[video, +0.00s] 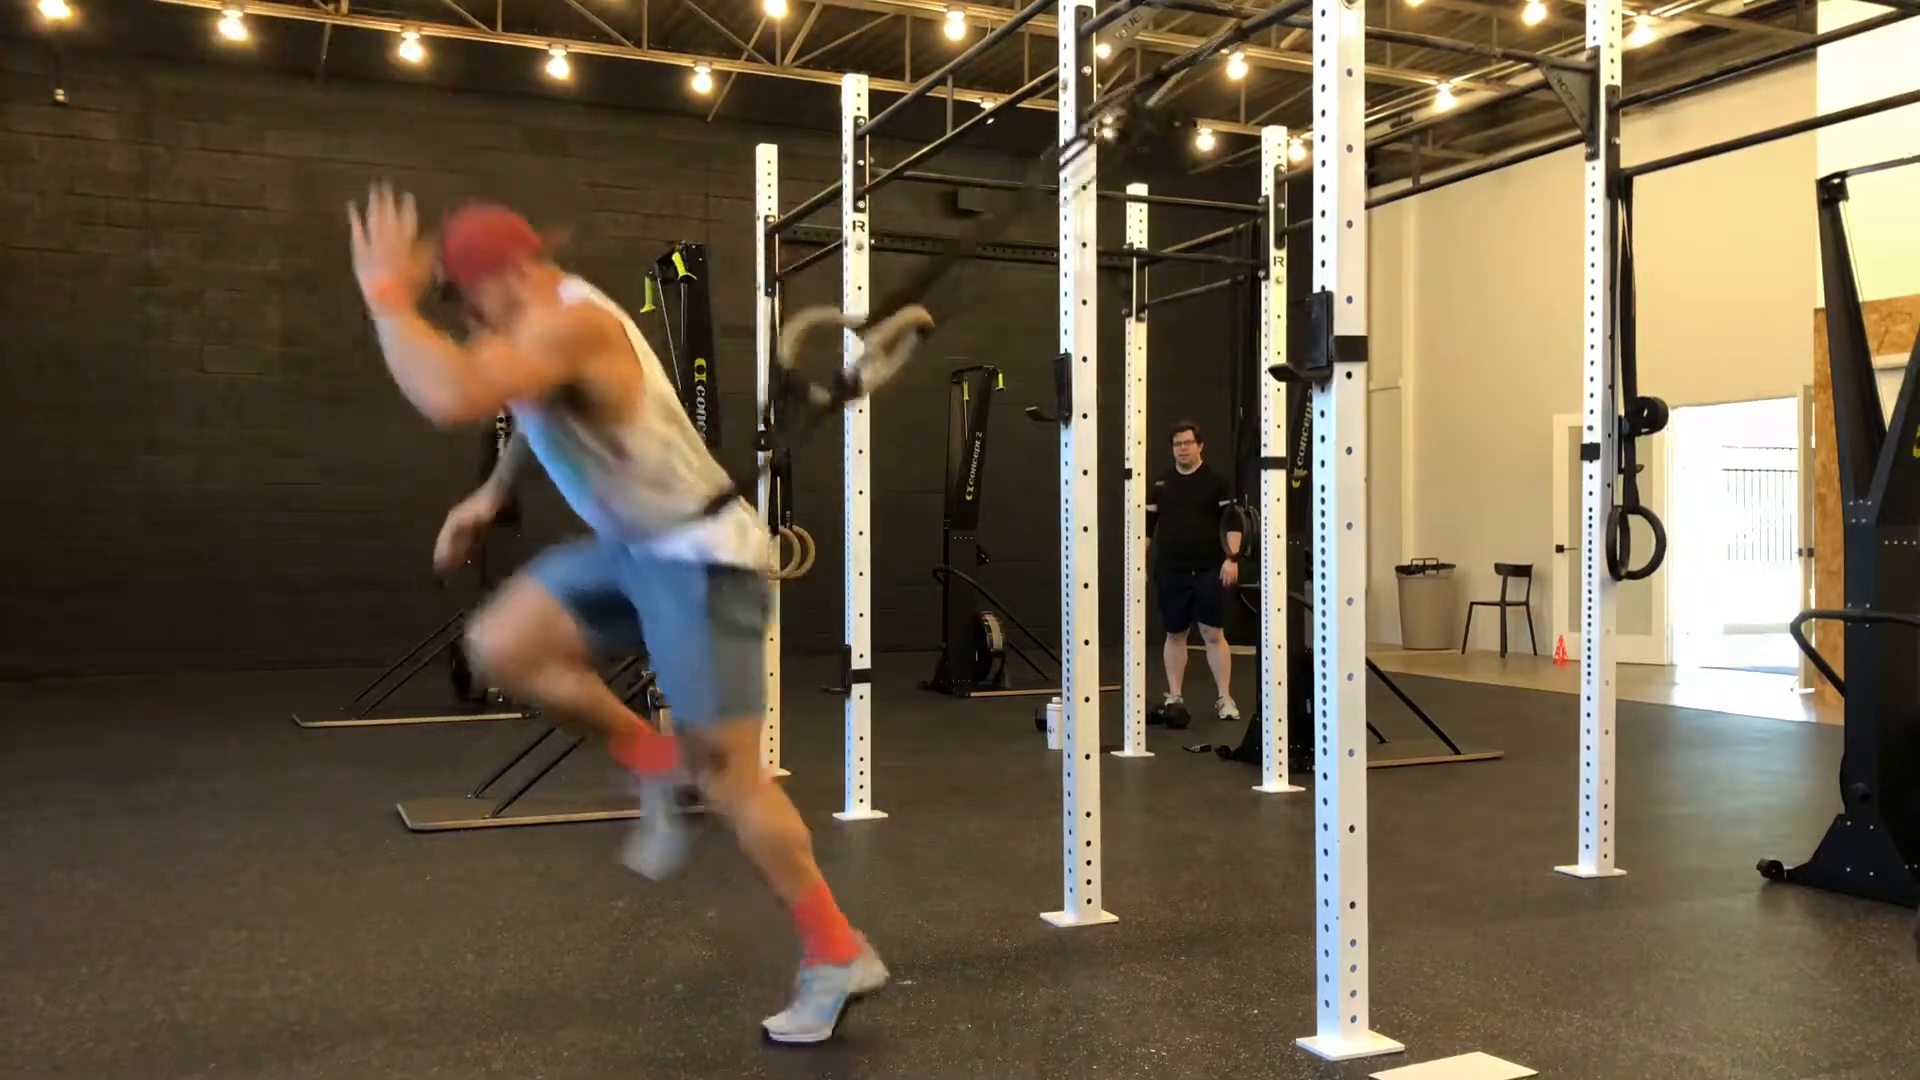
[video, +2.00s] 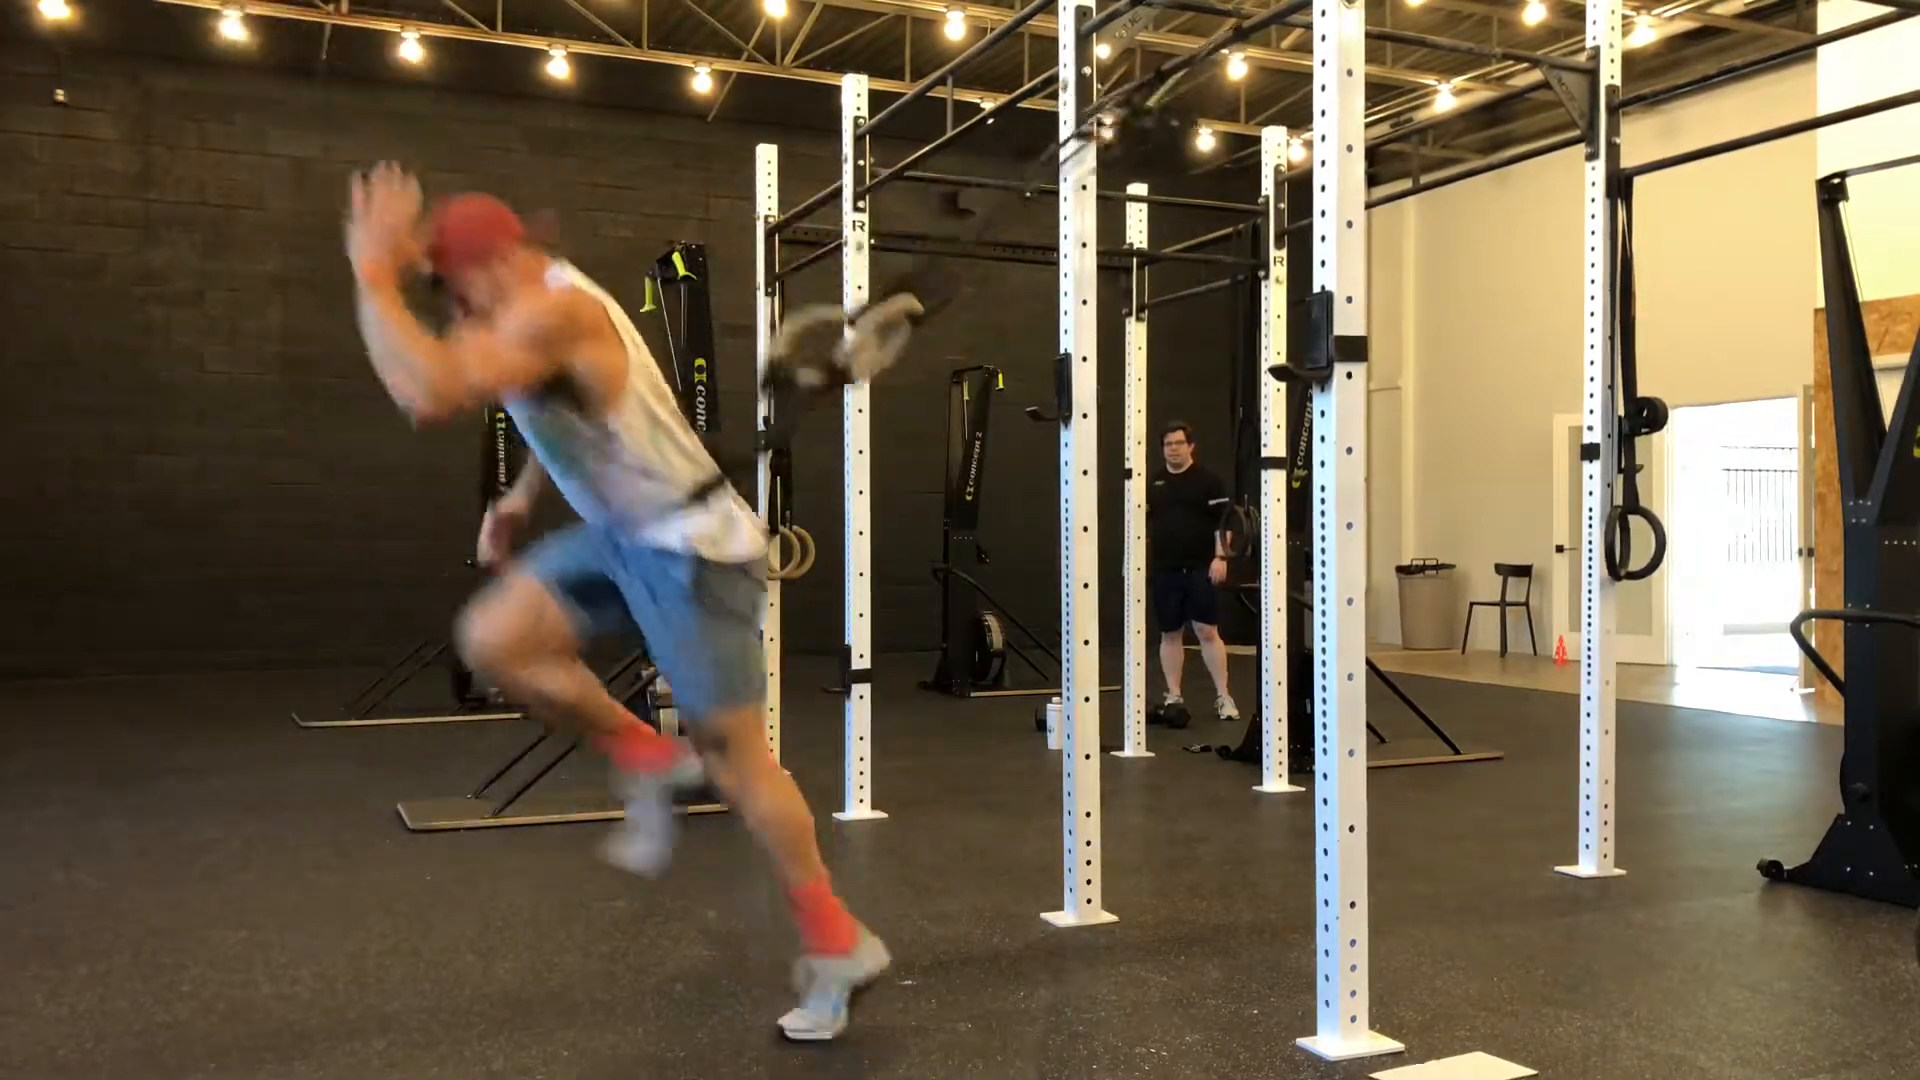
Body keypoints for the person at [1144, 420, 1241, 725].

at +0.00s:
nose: (1182, 449)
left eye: (1187, 443)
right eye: (1177, 444)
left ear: (1200, 446)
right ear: (1171, 448)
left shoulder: (1216, 481)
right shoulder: (1161, 484)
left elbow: (1233, 522)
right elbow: (1147, 529)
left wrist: (1232, 558)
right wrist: (1141, 564)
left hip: (1209, 570)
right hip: (1171, 570)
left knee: (1213, 634)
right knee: (1175, 634)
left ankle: (1224, 698)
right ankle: (1174, 697)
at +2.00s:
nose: (1173, 449)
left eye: (1179, 443)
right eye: (1168, 444)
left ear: (1191, 447)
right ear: (1162, 449)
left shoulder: (1208, 482)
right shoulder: (1152, 485)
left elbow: (1224, 524)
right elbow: (1140, 525)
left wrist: (1221, 557)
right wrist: (1138, 563)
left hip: (1200, 569)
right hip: (1164, 569)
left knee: (1207, 632)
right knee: (1170, 634)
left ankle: (1223, 697)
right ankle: (1173, 696)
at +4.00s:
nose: (1217, 449)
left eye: (1223, 443)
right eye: (1213, 444)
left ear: (1233, 447)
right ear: (1205, 449)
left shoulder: (1246, 480)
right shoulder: (1192, 482)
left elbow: (1261, 521)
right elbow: (1175, 523)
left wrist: (1259, 561)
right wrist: (1172, 559)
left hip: (1235, 569)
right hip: (1197, 568)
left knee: (1231, 632)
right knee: (1190, 631)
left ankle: (1228, 696)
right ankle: (1174, 692)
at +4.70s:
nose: (1224, 449)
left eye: (1229, 444)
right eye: (1219, 445)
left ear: (1239, 448)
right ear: (1212, 449)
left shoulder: (1249, 483)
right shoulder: (1198, 483)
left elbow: (1265, 522)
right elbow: (1182, 524)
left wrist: (1264, 562)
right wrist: (1179, 561)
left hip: (1240, 570)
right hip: (1204, 568)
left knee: (1234, 632)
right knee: (1194, 629)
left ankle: (1228, 695)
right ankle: (1173, 691)